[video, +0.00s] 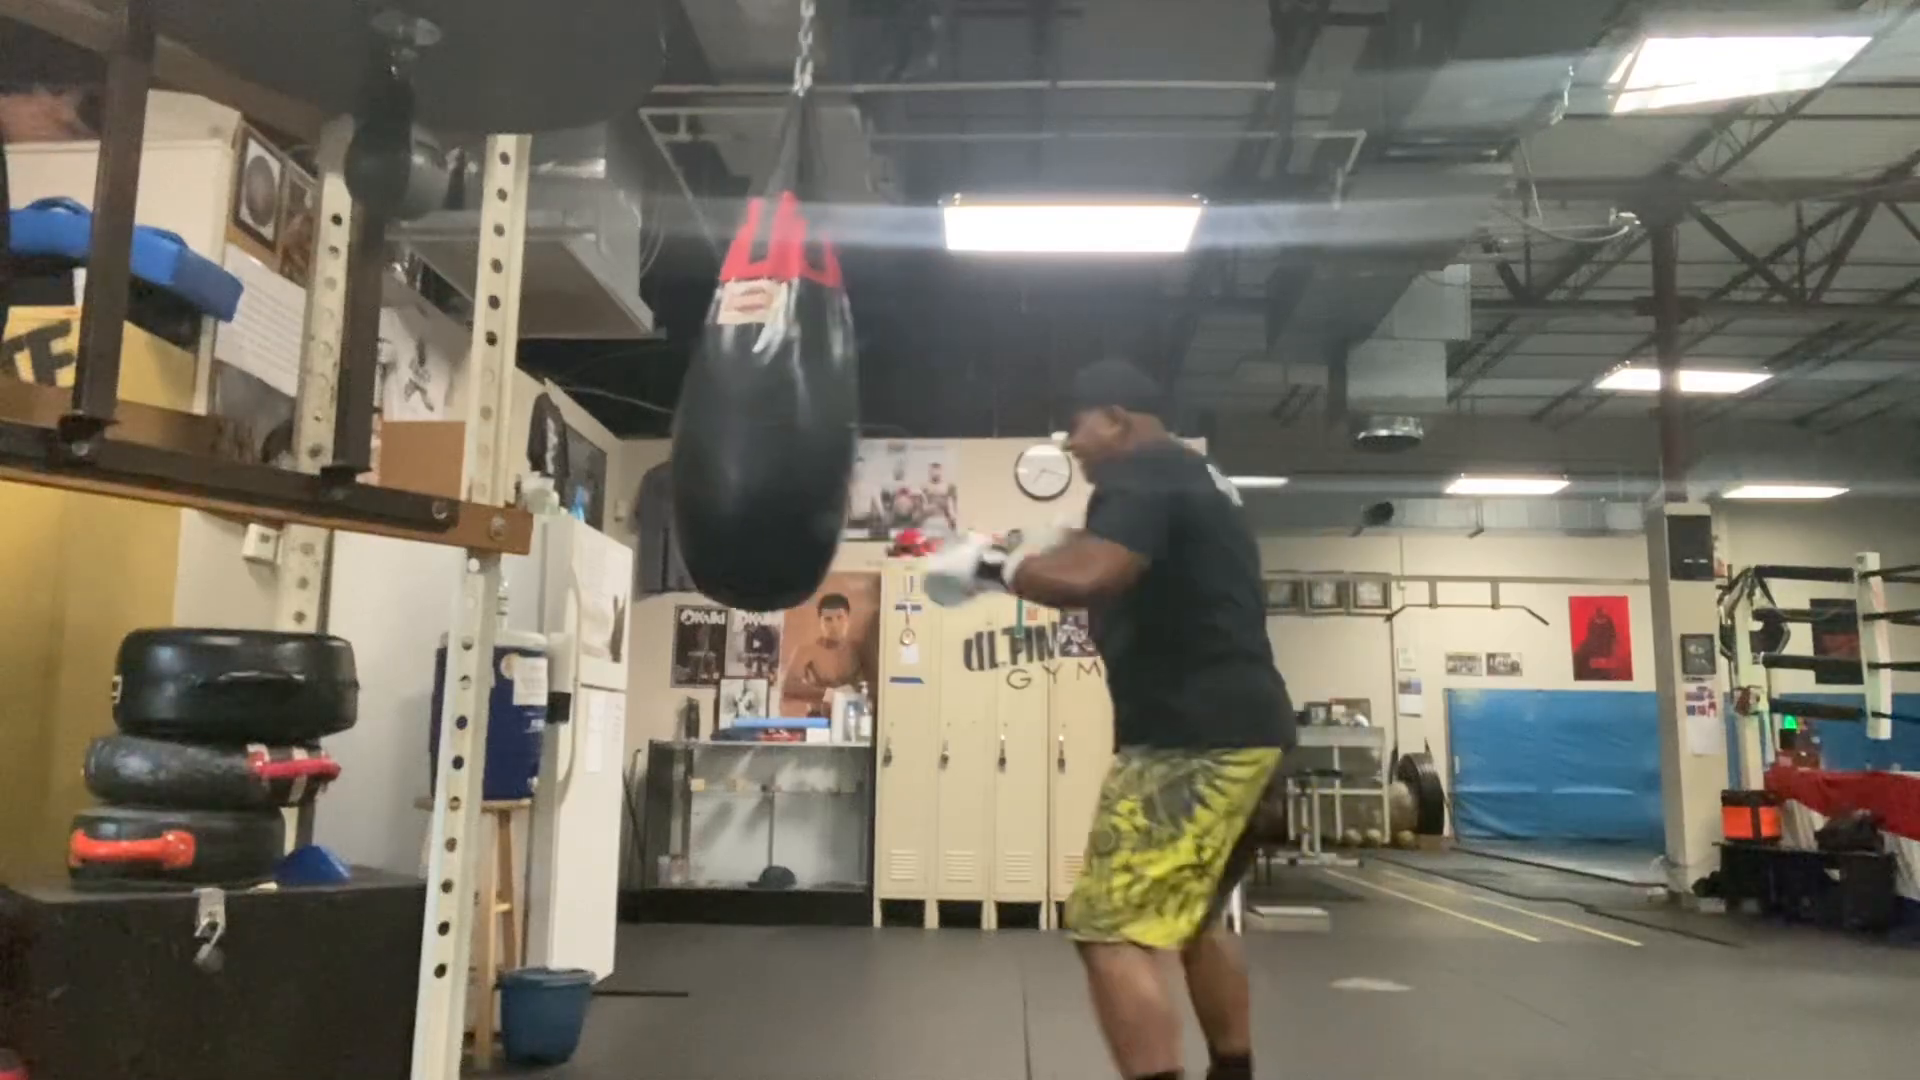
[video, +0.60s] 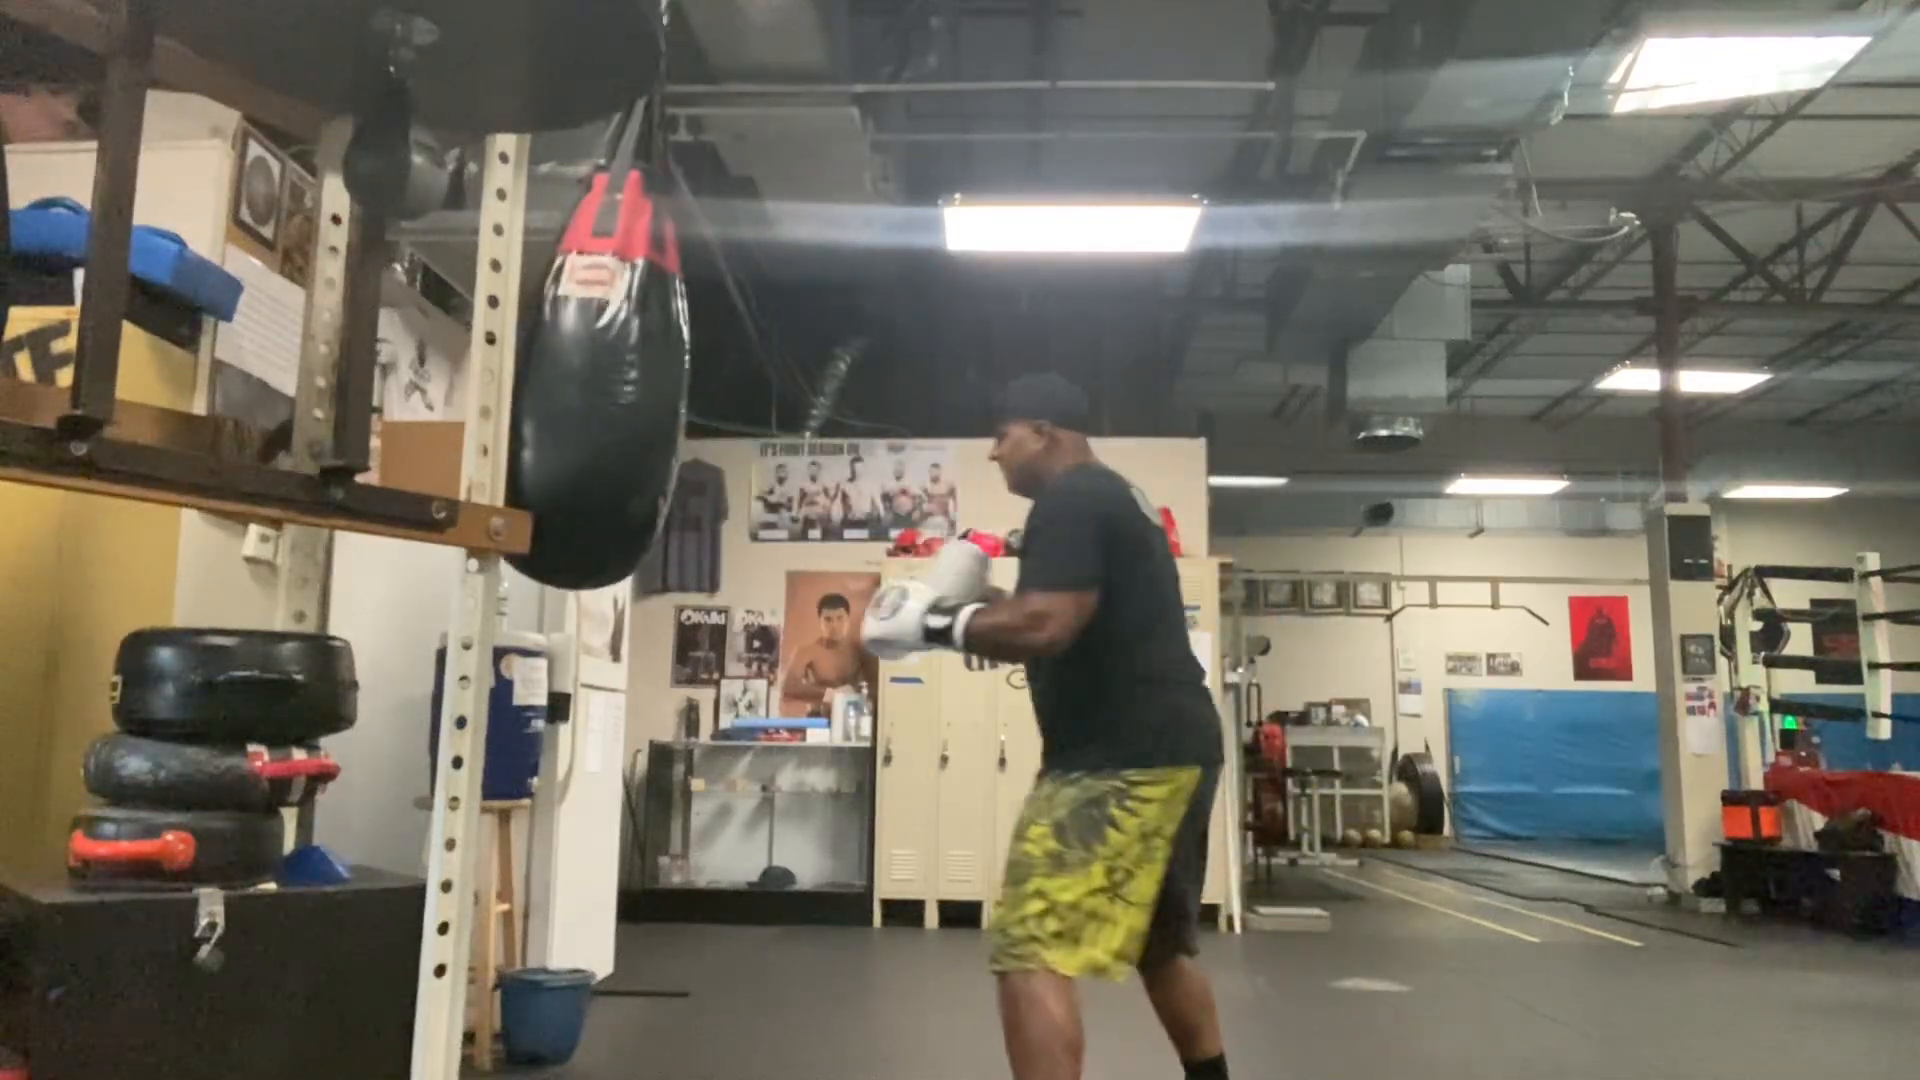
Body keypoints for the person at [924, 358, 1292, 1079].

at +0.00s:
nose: (1072, 446)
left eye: (1077, 429)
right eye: (1069, 431)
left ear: (1119, 420)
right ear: (1140, 423)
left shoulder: (1142, 477)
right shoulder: (1194, 478)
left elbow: (1092, 573)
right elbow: (1139, 579)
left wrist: (1000, 568)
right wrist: (1041, 557)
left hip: (1188, 737)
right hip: (1246, 731)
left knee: (1110, 926)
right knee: (1195, 916)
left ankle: (1158, 1073)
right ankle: (1233, 1070)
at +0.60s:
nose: (995, 453)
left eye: (1004, 436)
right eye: (995, 438)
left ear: (1049, 434)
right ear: (1061, 438)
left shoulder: (1073, 500)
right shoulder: (1111, 498)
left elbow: (1045, 625)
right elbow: (1066, 626)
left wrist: (936, 622)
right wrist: (975, 616)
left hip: (1119, 751)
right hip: (1173, 747)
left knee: (1027, 948)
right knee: (1161, 946)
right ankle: (1211, 1076)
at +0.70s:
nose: (968, 457)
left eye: (973, 441)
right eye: (967, 442)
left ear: (1010, 434)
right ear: (1040, 436)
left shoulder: (1031, 487)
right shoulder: (1116, 495)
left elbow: (1026, 575)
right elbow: (1100, 617)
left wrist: (934, 564)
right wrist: (999, 619)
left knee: (974, 930)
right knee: (1166, 935)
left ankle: (1018, 1073)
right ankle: (1213, 1074)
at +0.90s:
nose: (921, 448)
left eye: (929, 432)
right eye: (920, 433)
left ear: (970, 429)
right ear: (983, 432)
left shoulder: (988, 489)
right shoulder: (1027, 484)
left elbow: (857, 545)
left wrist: (781, 509)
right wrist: (812, 508)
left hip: (1058, 755)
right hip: (1096, 750)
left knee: (961, 940)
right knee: (1063, 925)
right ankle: (1162, 1064)